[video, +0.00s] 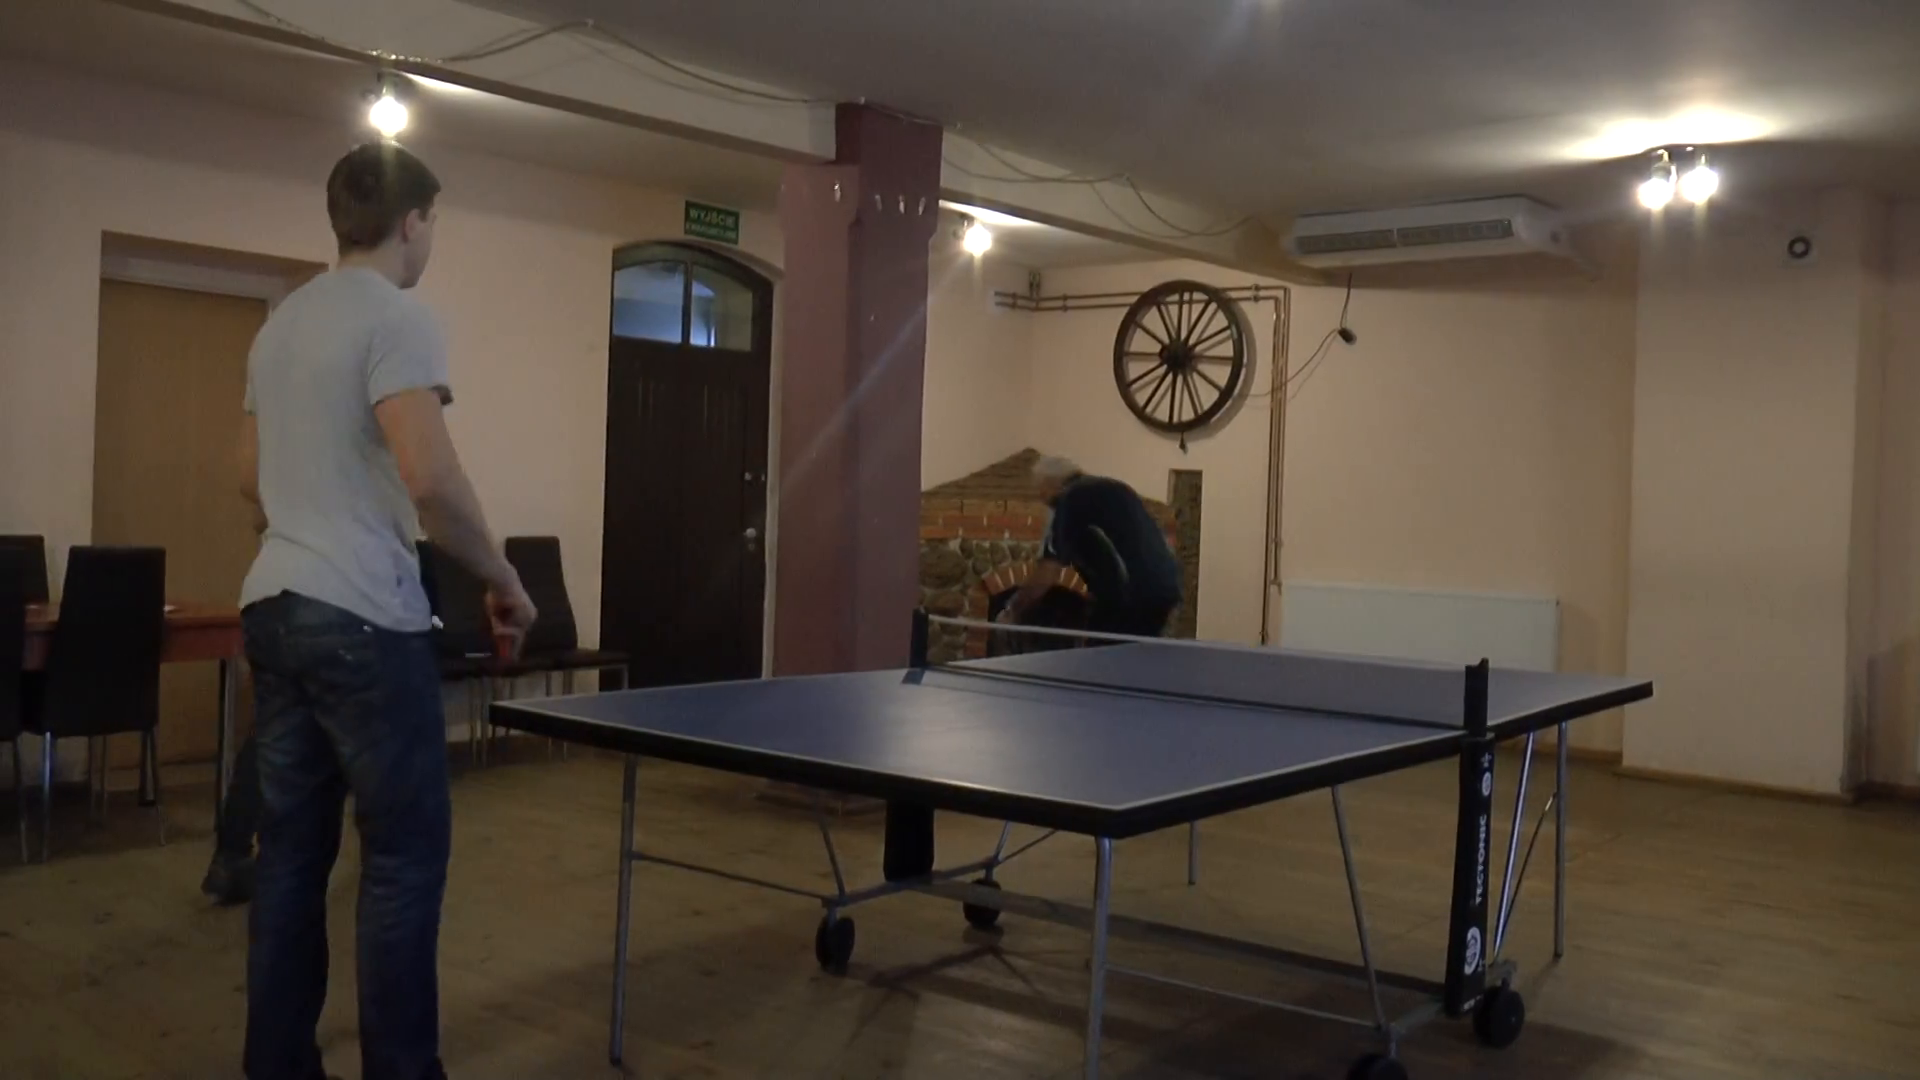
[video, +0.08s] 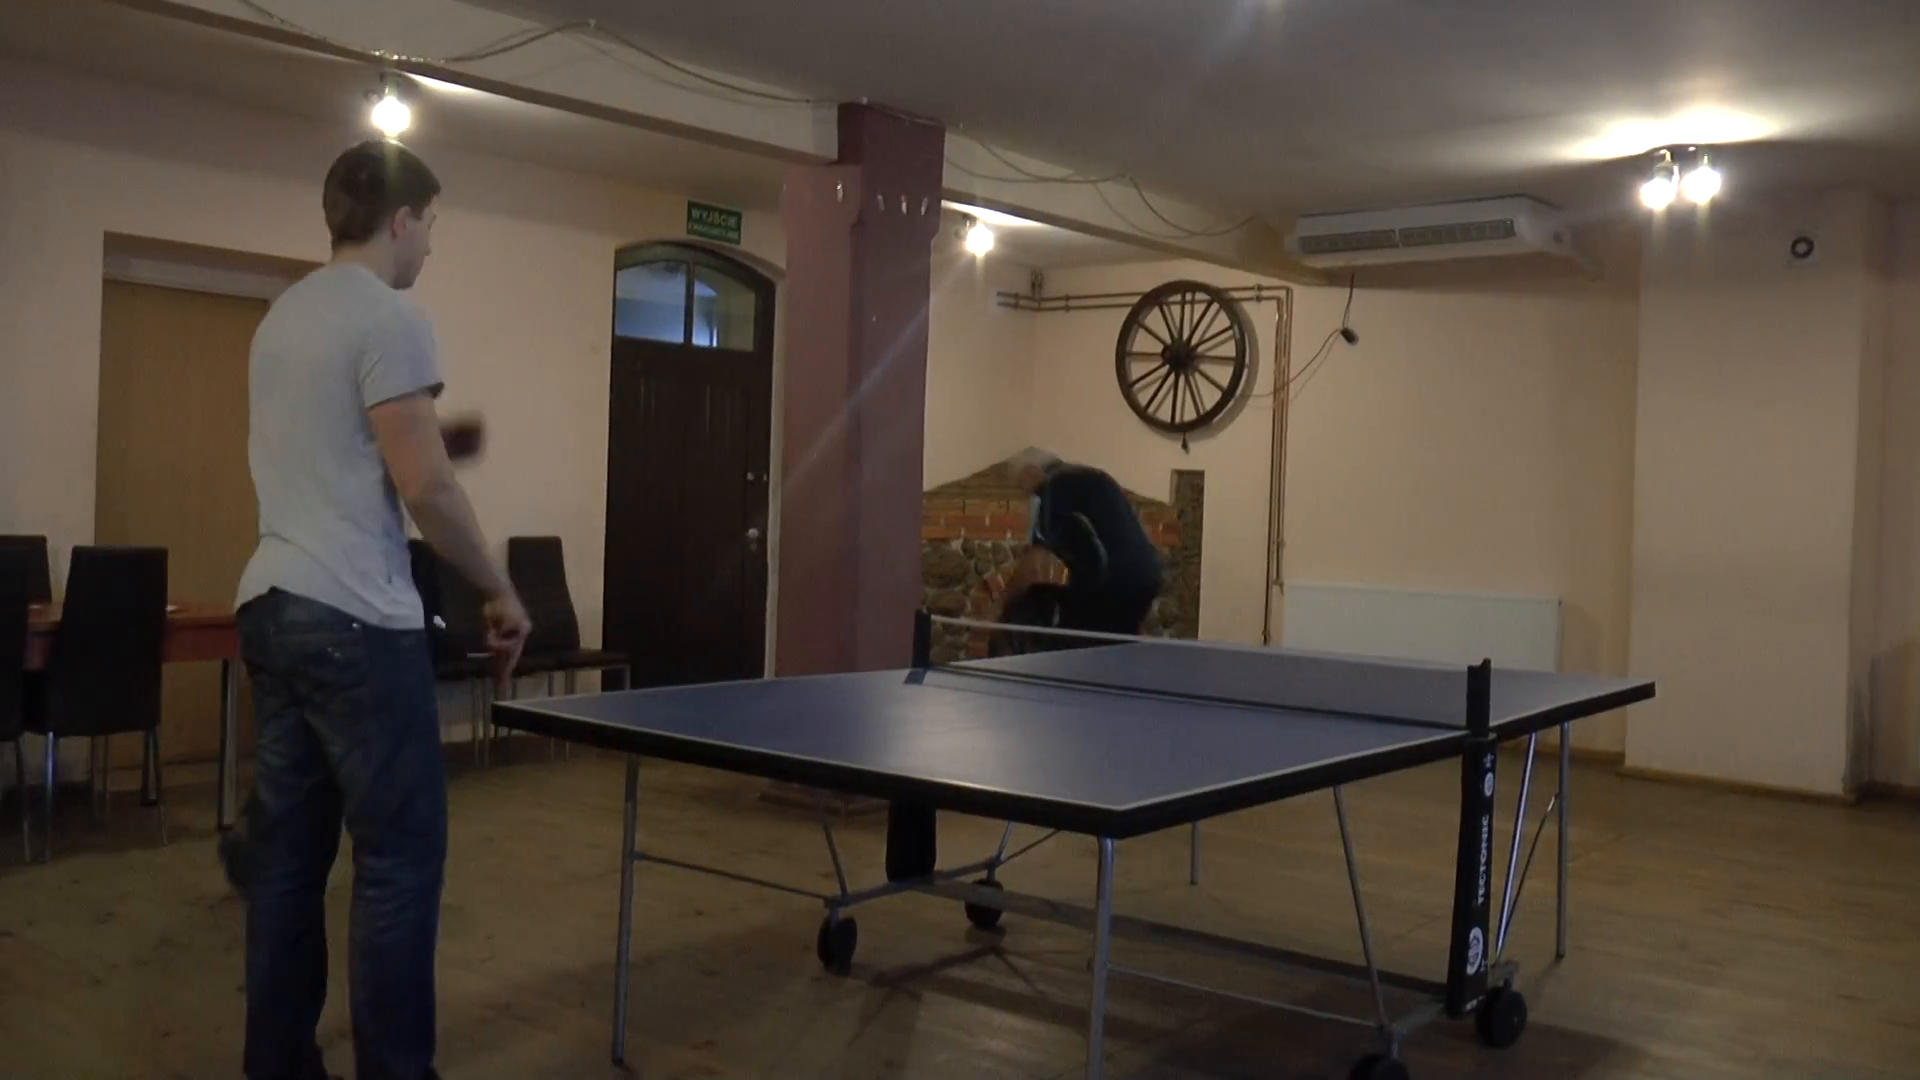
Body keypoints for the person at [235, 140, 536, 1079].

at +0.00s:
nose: (432, 242)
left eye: (432, 226)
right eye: (432, 225)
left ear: (342, 221)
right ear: (409, 223)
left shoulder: (280, 320)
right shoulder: (394, 315)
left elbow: (256, 477)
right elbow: (430, 476)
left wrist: (338, 541)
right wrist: (501, 576)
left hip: (273, 610)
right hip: (365, 616)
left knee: (291, 856)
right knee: (407, 855)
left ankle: (278, 1064)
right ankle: (403, 1065)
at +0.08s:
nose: (429, 246)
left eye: (431, 228)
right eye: (429, 226)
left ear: (339, 218)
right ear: (401, 220)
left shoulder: (285, 313)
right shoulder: (384, 317)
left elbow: (315, 456)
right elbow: (425, 487)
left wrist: (426, 442)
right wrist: (498, 588)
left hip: (271, 609)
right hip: (359, 618)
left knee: (289, 852)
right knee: (402, 854)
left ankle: (281, 1063)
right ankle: (398, 1063)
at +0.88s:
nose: (513, 277)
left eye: (523, 259)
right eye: (520, 251)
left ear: (445, 218)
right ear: (483, 220)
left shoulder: (358, 286)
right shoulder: (417, 293)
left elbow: (440, 435)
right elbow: (378, 472)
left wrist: (512, 348)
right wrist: (478, 635)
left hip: (347, 632)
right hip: (380, 648)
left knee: (431, 865)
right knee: (363, 909)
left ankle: (394, 1063)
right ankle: (327, 1071)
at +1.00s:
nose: (551, 294)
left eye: (563, 278)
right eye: (557, 267)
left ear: (505, 230)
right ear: (517, 226)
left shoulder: (398, 291)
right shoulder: (436, 304)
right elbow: (390, 473)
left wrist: (530, 459)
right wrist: (505, 621)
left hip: (389, 650)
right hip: (389, 658)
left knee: (470, 879)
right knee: (356, 926)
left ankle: (470, 1068)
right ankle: (315, 1070)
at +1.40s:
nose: (682, 300)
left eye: (692, 281)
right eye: (687, 274)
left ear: (626, 240)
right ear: (650, 243)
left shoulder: (524, 307)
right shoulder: (568, 311)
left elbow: (441, 466)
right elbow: (521, 477)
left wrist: (485, 598)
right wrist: (574, 664)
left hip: (493, 664)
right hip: (496, 670)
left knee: (566, 897)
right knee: (503, 896)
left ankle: (558, 1069)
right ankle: (368, 1071)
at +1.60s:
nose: (716, 285)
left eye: (723, 266)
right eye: (720, 260)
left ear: (640, 231)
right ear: (687, 236)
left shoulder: (558, 310)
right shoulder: (624, 310)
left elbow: (497, 481)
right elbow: (584, 482)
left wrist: (534, 601)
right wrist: (576, 668)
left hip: (536, 645)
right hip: (593, 653)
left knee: (565, 891)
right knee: (650, 891)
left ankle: (559, 1066)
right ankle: (484, 1068)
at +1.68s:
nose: (726, 274)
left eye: (731, 254)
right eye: (730, 250)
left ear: (646, 223)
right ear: (702, 232)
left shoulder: (567, 309)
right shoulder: (645, 307)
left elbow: (510, 477)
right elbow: (613, 470)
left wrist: (564, 590)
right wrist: (627, 661)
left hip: (541, 644)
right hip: (604, 649)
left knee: (573, 887)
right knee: (678, 890)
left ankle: (538, 1064)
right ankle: (576, 1063)